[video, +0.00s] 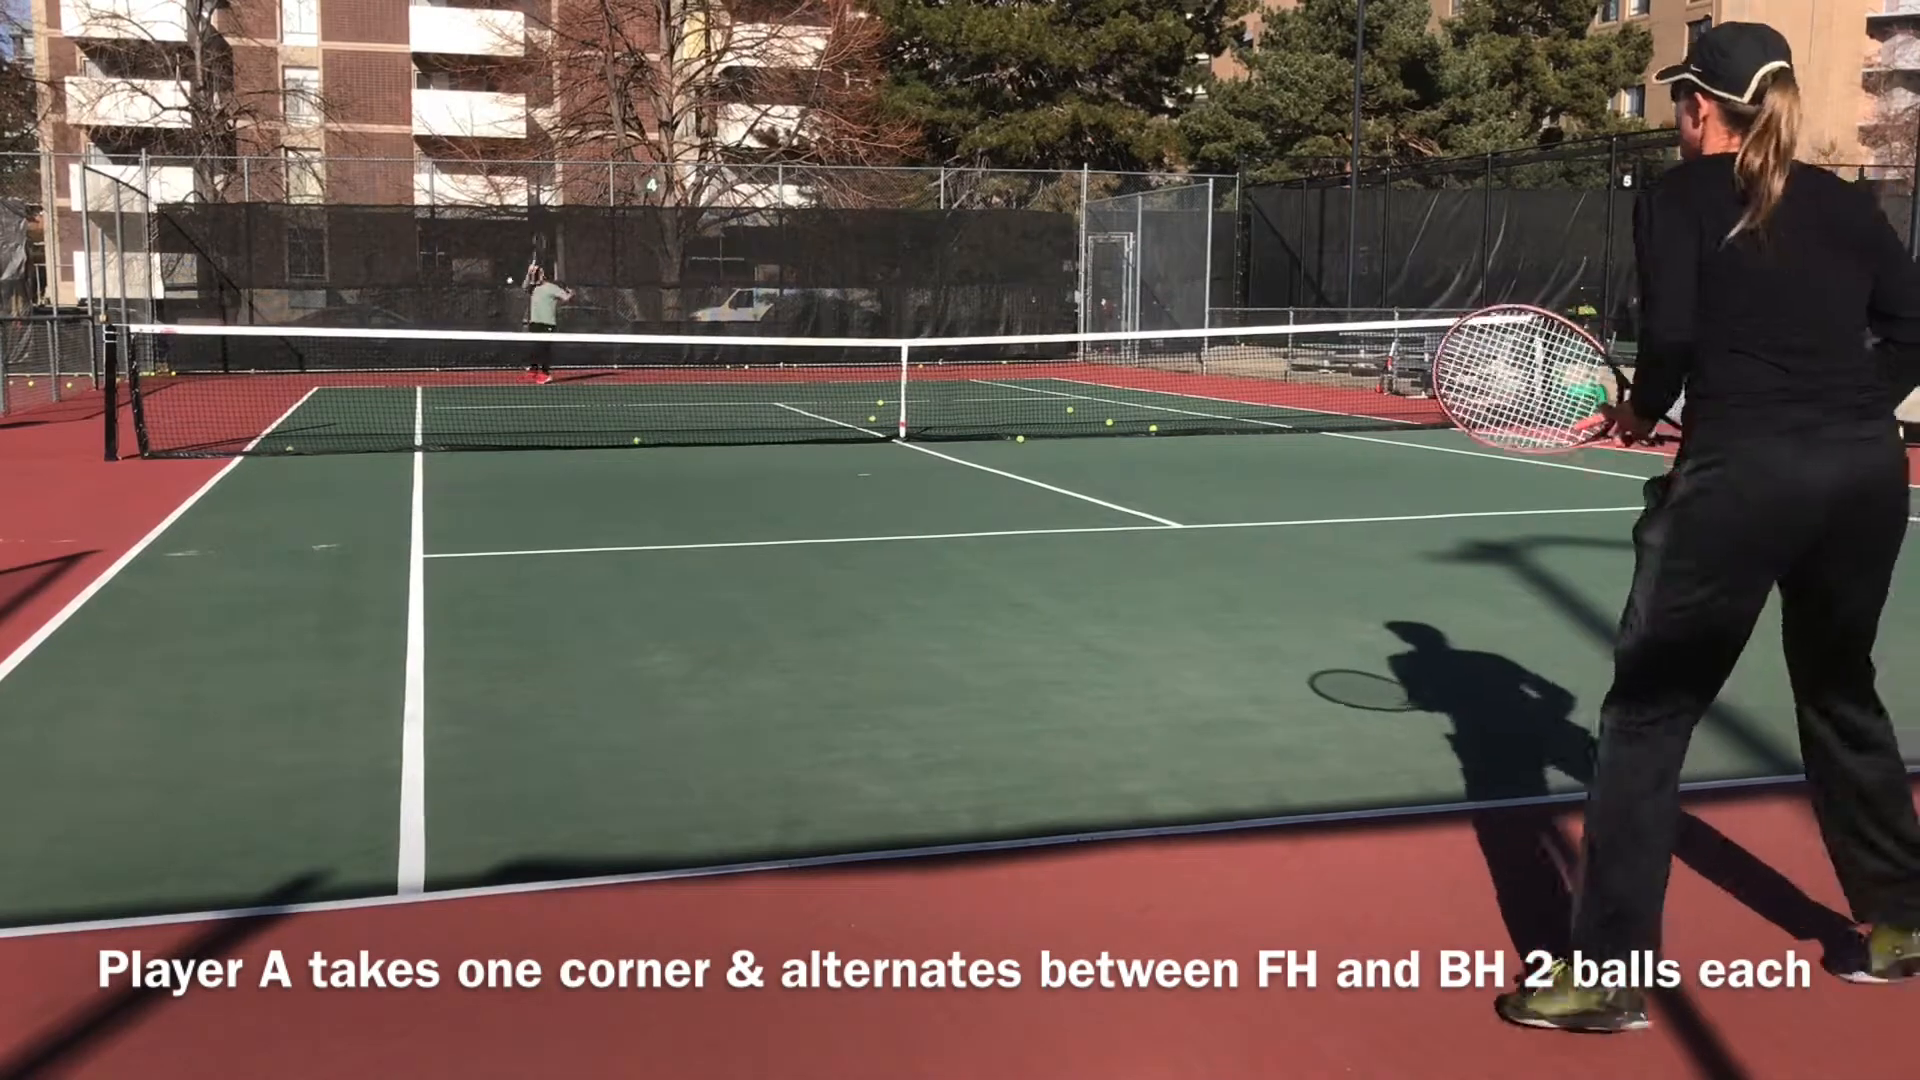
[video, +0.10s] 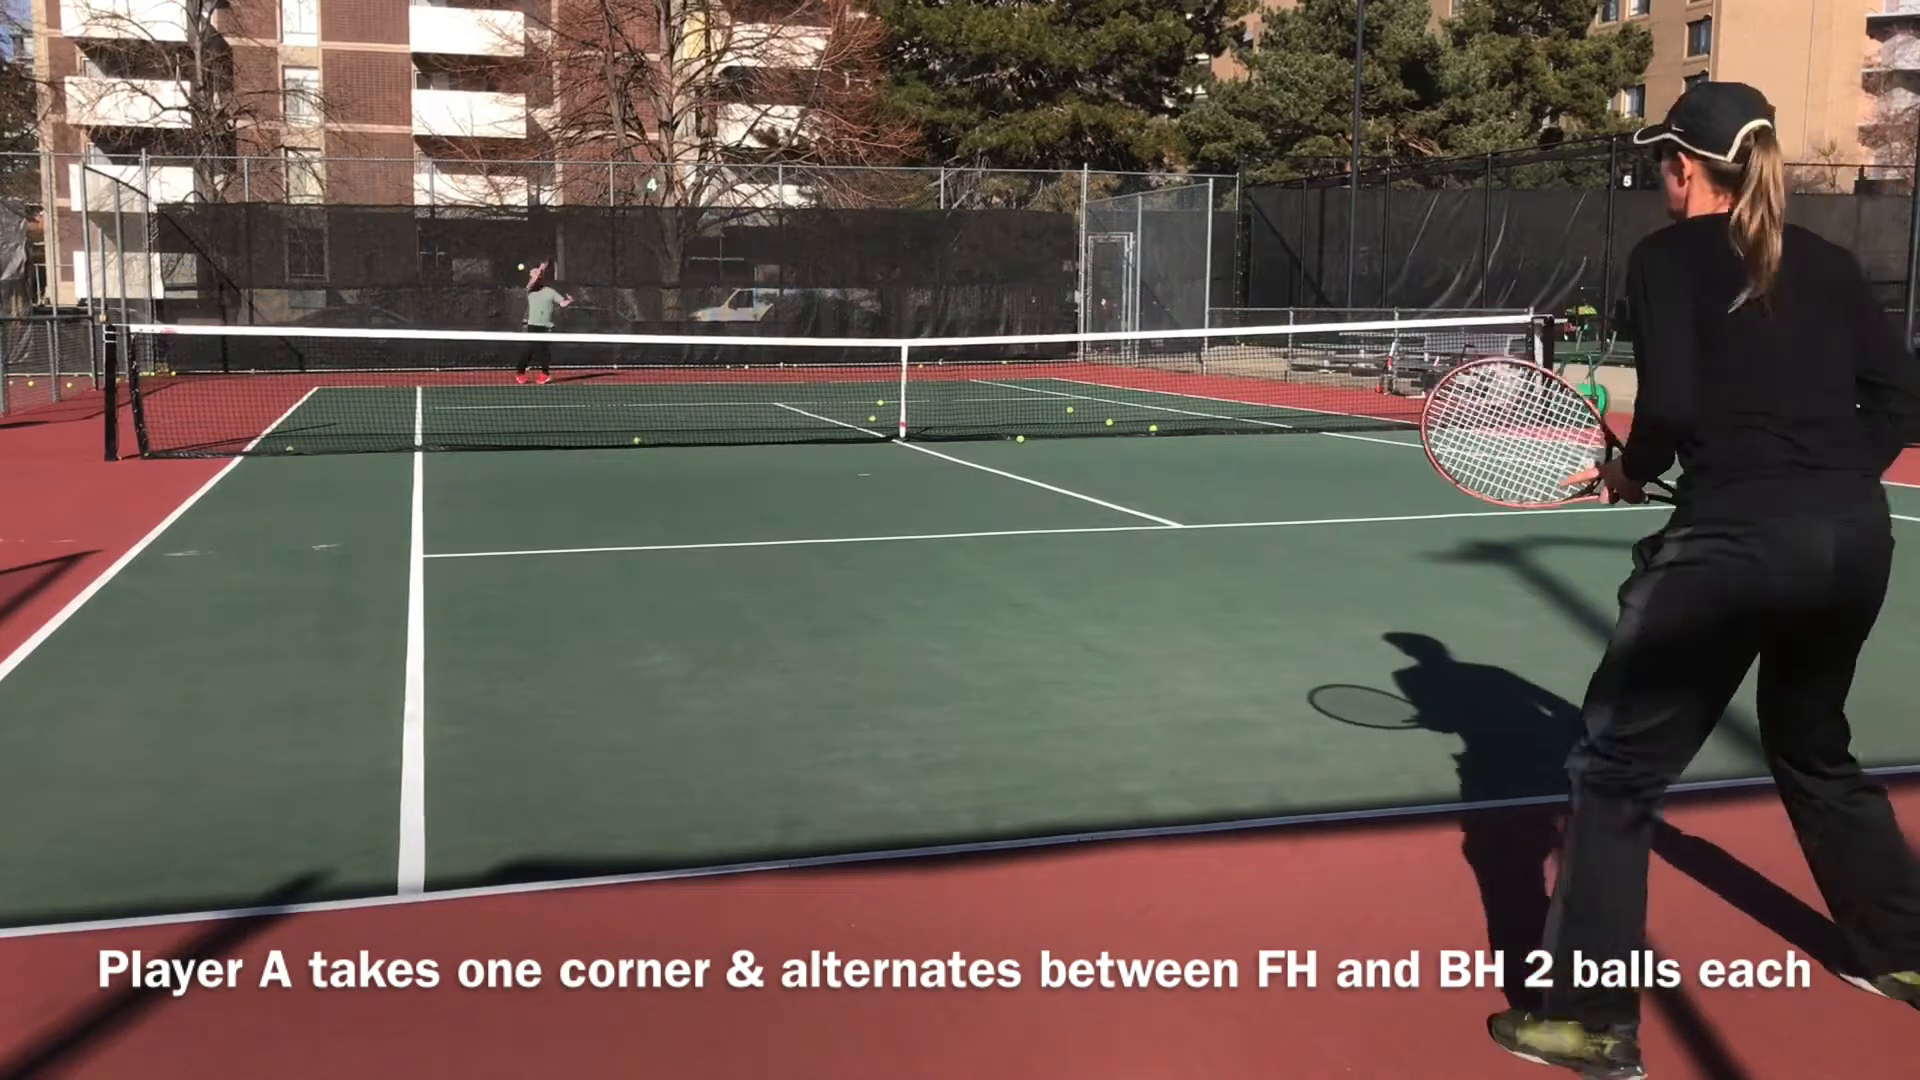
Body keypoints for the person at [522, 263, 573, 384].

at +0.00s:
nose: (537, 277)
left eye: (539, 274)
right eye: (536, 275)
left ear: (542, 275)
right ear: (536, 276)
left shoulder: (551, 287)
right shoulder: (534, 288)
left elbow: (564, 297)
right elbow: (525, 287)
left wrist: (569, 293)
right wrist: (529, 274)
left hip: (547, 323)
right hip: (535, 322)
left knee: (544, 348)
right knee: (536, 347)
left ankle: (545, 372)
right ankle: (535, 368)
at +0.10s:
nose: (537, 277)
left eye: (538, 275)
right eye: (534, 276)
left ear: (542, 277)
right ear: (531, 278)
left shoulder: (549, 291)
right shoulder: (530, 292)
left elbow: (562, 303)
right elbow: (532, 282)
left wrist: (568, 301)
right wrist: (540, 270)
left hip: (546, 325)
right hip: (532, 325)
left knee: (545, 350)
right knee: (529, 349)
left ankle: (545, 373)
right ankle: (520, 372)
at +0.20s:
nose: (537, 281)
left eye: (539, 279)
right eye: (535, 279)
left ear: (544, 281)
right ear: (532, 282)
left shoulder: (550, 298)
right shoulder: (530, 293)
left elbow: (559, 311)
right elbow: (538, 285)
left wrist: (567, 309)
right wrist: (547, 277)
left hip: (546, 329)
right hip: (531, 328)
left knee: (546, 353)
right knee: (528, 351)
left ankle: (544, 374)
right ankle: (520, 373)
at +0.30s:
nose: (541, 283)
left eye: (543, 281)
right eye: (538, 281)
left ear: (546, 282)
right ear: (535, 283)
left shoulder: (552, 299)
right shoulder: (533, 294)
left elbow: (557, 314)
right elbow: (539, 291)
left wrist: (566, 315)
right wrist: (550, 285)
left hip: (548, 330)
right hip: (534, 329)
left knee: (549, 353)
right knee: (529, 352)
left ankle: (545, 373)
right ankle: (521, 373)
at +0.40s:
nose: (547, 284)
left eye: (549, 281)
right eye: (545, 282)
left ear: (553, 283)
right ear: (541, 284)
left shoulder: (557, 297)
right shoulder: (539, 294)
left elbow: (560, 314)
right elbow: (549, 296)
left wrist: (569, 317)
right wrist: (559, 287)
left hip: (552, 330)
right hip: (538, 330)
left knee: (559, 352)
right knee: (532, 352)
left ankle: (555, 372)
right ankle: (521, 373)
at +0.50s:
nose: (557, 284)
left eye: (559, 282)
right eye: (554, 282)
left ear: (562, 283)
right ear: (552, 283)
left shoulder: (565, 296)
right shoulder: (548, 294)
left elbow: (566, 312)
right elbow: (553, 302)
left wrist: (573, 316)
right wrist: (568, 296)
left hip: (559, 331)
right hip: (545, 330)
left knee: (568, 353)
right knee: (536, 353)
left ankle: (563, 372)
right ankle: (521, 373)